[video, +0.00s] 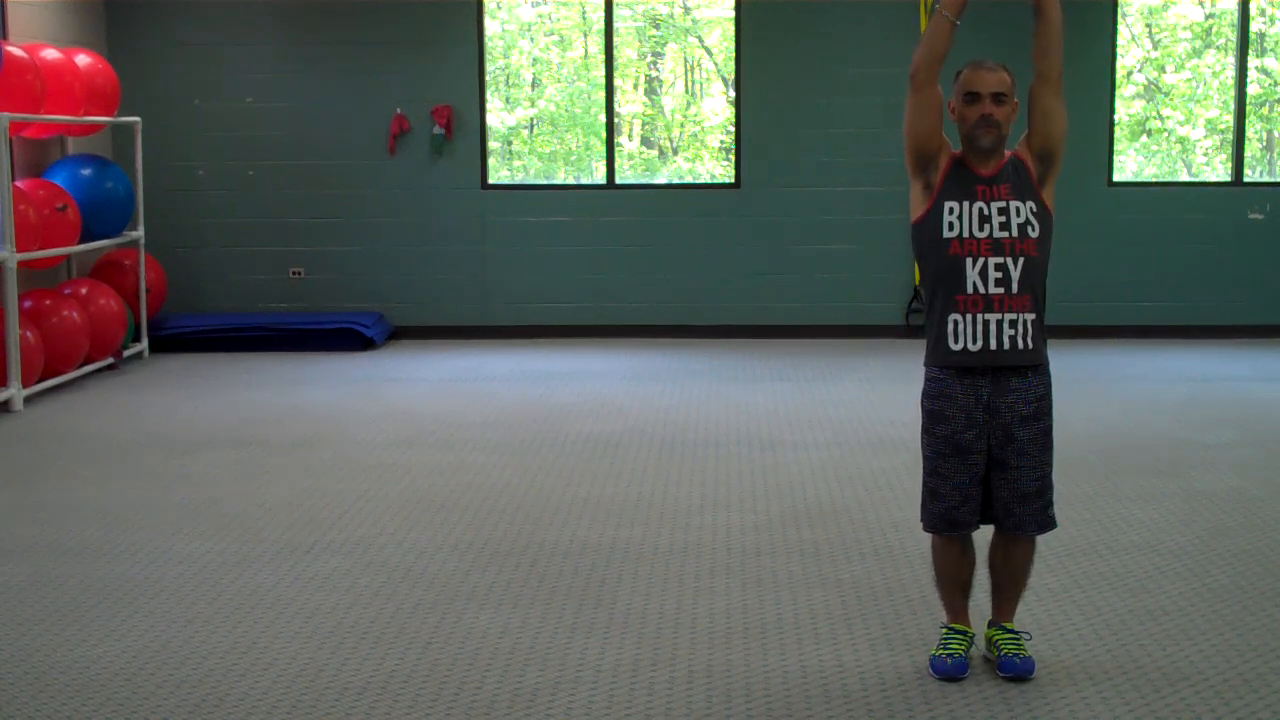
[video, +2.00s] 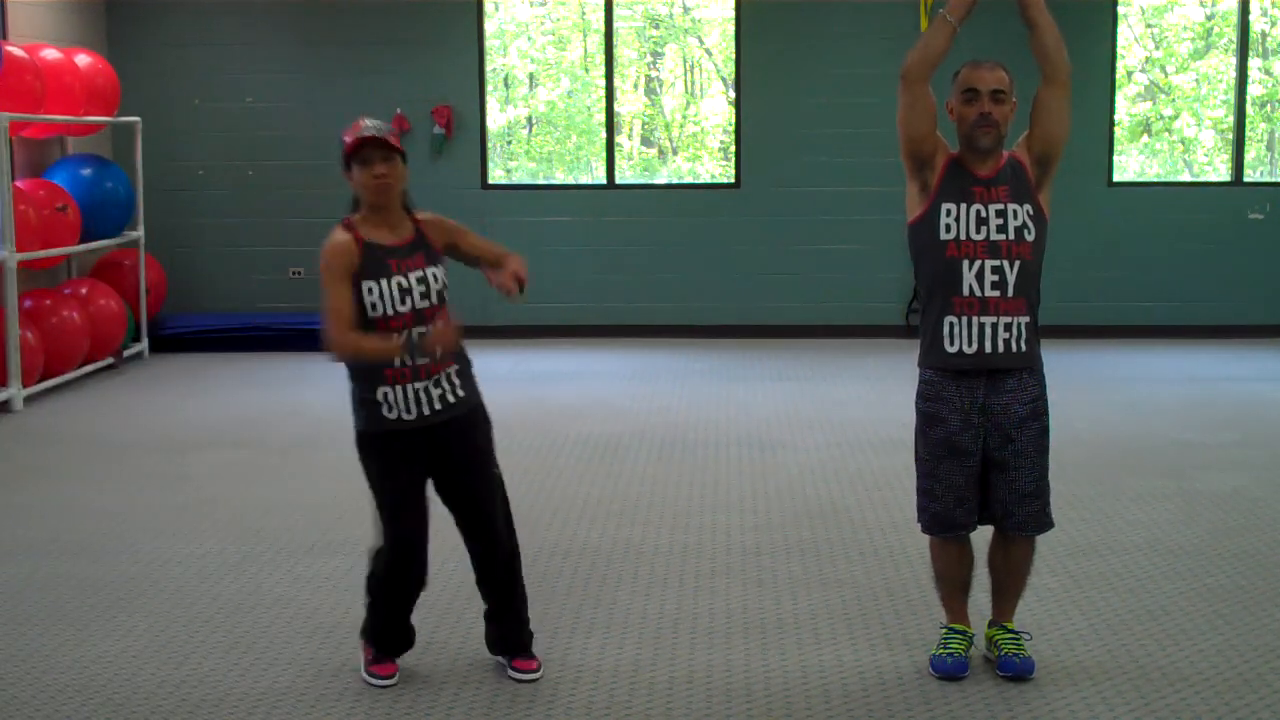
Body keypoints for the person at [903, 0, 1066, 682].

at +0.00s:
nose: (986, 109)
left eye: (998, 99)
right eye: (973, 98)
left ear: (1015, 109)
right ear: (953, 108)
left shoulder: (1036, 171)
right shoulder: (931, 173)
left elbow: (1050, 75)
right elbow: (922, 76)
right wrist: (951, 6)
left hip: (1023, 381)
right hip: (952, 382)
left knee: (1019, 517)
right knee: (950, 518)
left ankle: (1004, 628)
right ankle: (956, 629)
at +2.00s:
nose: (984, 107)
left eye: (997, 97)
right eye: (971, 96)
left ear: (1013, 110)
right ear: (950, 109)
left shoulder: (1032, 173)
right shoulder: (929, 172)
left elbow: (1057, 74)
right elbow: (912, 75)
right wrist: (956, 10)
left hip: (1017, 381)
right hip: (946, 382)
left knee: (1019, 516)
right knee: (946, 517)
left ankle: (1004, 627)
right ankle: (955, 628)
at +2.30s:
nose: (965, 126)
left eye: (978, 116)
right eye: (953, 115)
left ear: (996, 132)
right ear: (935, 131)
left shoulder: (1020, 189)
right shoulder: (918, 190)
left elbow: (1050, 95)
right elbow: (887, 101)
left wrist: (1028, 6)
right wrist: (915, 16)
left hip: (1014, 403)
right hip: (937, 403)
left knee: (1024, 540)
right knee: (932, 527)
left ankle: (995, 629)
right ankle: (920, 616)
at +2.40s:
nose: (945, 125)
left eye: (960, 112)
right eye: (937, 113)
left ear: (991, 121)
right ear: (925, 124)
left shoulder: (1013, 181)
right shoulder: (911, 178)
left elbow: (1037, 83)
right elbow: (867, 94)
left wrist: (1025, 3)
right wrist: (828, 18)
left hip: (1003, 398)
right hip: (923, 394)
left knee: (1019, 531)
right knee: (880, 514)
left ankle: (993, 630)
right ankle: (833, 617)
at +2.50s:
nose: (921, 117)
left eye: (936, 106)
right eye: (915, 107)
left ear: (974, 116)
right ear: (911, 117)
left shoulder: (1003, 171)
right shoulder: (895, 169)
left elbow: (1026, 77)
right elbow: (822, 105)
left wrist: (1016, 1)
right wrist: (756, 53)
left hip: (984, 394)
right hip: (902, 390)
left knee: (1004, 525)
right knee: (840, 504)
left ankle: (992, 631)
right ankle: (769, 609)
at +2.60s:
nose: (903, 117)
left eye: (919, 106)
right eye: (901, 106)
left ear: (960, 118)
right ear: (899, 116)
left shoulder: (987, 178)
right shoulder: (877, 172)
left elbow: (1014, 79)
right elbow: (793, 140)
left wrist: (1007, 2)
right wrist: (715, 119)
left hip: (960, 395)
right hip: (878, 392)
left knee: (997, 524)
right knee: (814, 510)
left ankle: (991, 629)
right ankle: (756, 615)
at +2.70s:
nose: (890, 120)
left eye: (906, 110)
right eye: (888, 110)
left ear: (947, 121)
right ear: (888, 120)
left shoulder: (976, 182)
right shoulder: (859, 178)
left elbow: (1009, 88)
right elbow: (772, 181)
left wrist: (1001, 4)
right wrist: (692, 199)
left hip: (947, 397)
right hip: (863, 395)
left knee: (999, 524)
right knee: (801, 513)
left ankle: (994, 623)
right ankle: (750, 617)